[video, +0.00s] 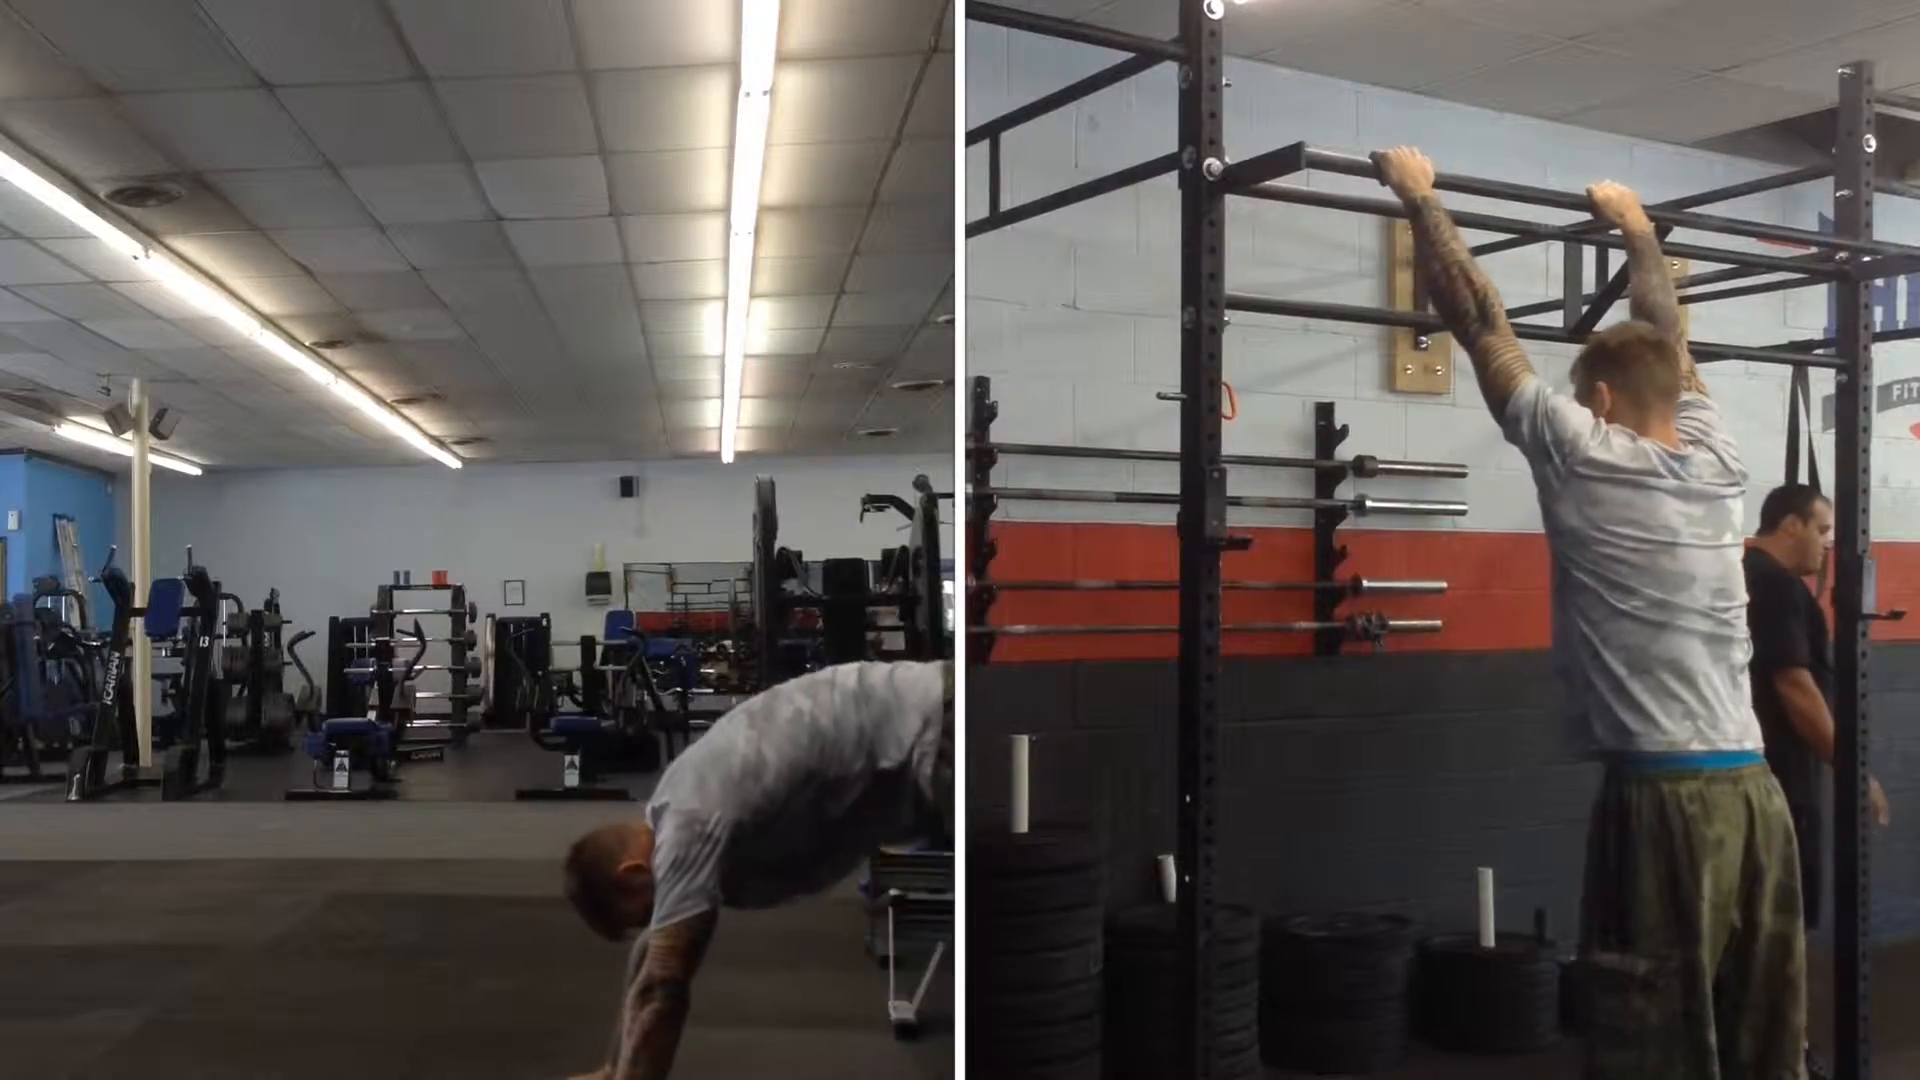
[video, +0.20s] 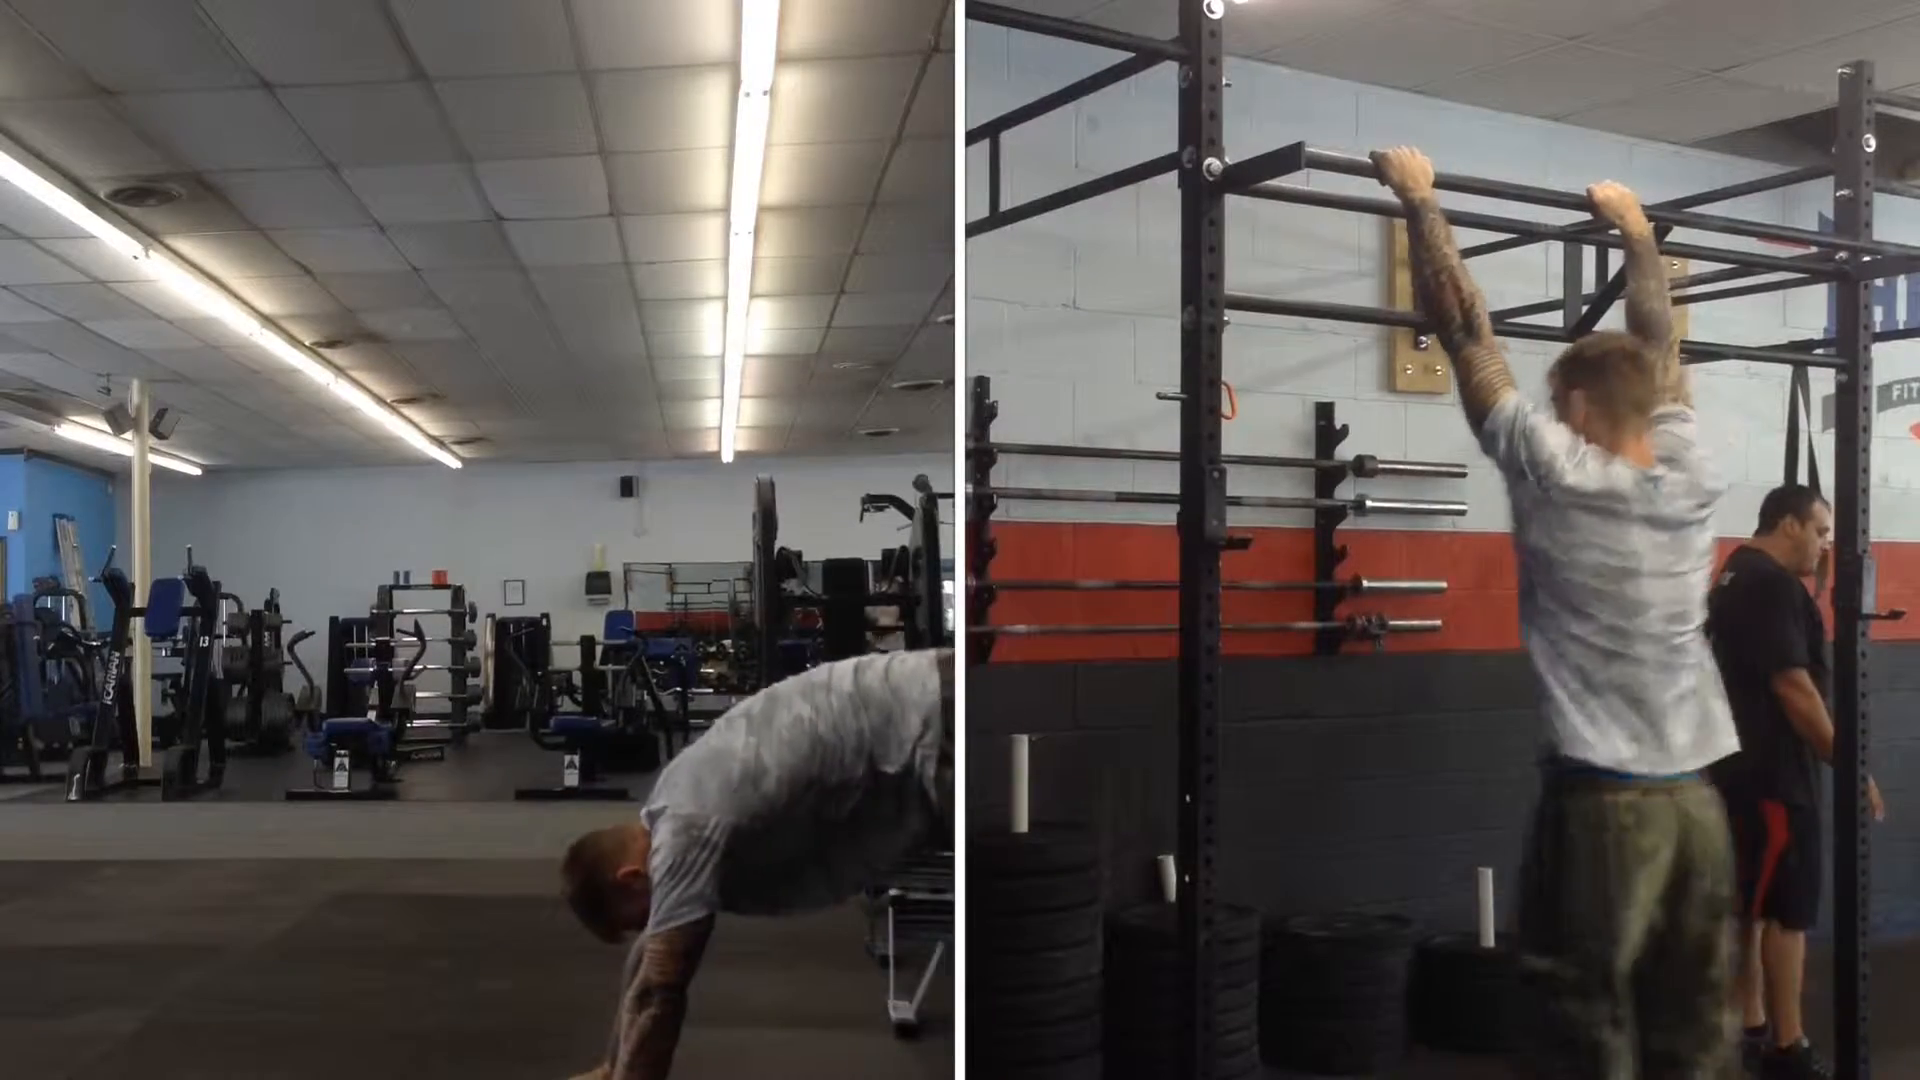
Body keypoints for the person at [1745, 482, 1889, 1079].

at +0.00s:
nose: (1828, 543)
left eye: (1830, 531)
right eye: (1824, 529)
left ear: (1785, 526)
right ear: (1790, 525)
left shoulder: (1748, 570)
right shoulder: (1777, 583)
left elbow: (1788, 681)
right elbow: (1791, 685)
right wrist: (1856, 772)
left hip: (1760, 771)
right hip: (1787, 779)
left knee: (1775, 922)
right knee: (1792, 926)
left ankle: (1779, 1046)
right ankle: (1792, 1050)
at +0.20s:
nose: (1825, 544)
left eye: (1828, 534)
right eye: (1820, 531)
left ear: (1782, 525)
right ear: (1788, 523)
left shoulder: (1744, 577)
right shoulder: (1769, 584)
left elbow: (1777, 685)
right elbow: (1794, 689)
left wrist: (1847, 765)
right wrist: (1852, 767)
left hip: (1746, 764)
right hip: (1776, 771)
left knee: (1752, 908)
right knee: (1788, 913)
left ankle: (1752, 1029)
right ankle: (1789, 1045)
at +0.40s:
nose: (1823, 553)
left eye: (1828, 543)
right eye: (1821, 539)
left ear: (1780, 526)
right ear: (1791, 525)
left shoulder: (1734, 577)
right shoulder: (1771, 584)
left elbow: (1737, 682)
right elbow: (1785, 686)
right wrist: (1829, 769)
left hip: (1730, 770)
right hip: (1770, 775)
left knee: (1740, 910)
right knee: (1783, 915)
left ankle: (1750, 1031)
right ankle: (1787, 1045)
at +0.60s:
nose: (1821, 557)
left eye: (1825, 547)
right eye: (1820, 544)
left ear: (1783, 527)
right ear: (1794, 529)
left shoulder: (1738, 577)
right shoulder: (1770, 584)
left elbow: (1743, 681)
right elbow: (1779, 685)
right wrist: (1819, 772)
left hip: (1732, 770)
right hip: (1764, 776)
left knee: (1740, 910)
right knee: (1778, 915)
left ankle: (1749, 1033)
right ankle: (1787, 1046)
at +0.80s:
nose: (1822, 557)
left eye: (1826, 547)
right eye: (1820, 543)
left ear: (1784, 528)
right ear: (1793, 530)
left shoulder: (1739, 580)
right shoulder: (1765, 585)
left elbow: (1748, 684)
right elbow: (1774, 686)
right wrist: (1819, 771)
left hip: (1735, 771)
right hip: (1762, 775)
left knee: (1742, 910)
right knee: (1774, 915)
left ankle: (1748, 1033)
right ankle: (1787, 1045)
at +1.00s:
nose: (1825, 551)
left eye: (1829, 541)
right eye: (1822, 538)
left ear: (1783, 528)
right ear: (1793, 529)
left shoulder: (1739, 580)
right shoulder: (1764, 585)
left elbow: (1747, 684)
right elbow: (1771, 687)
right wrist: (1819, 771)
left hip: (1735, 771)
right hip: (1761, 776)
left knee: (1741, 911)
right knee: (1773, 916)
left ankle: (1749, 1032)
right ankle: (1787, 1045)